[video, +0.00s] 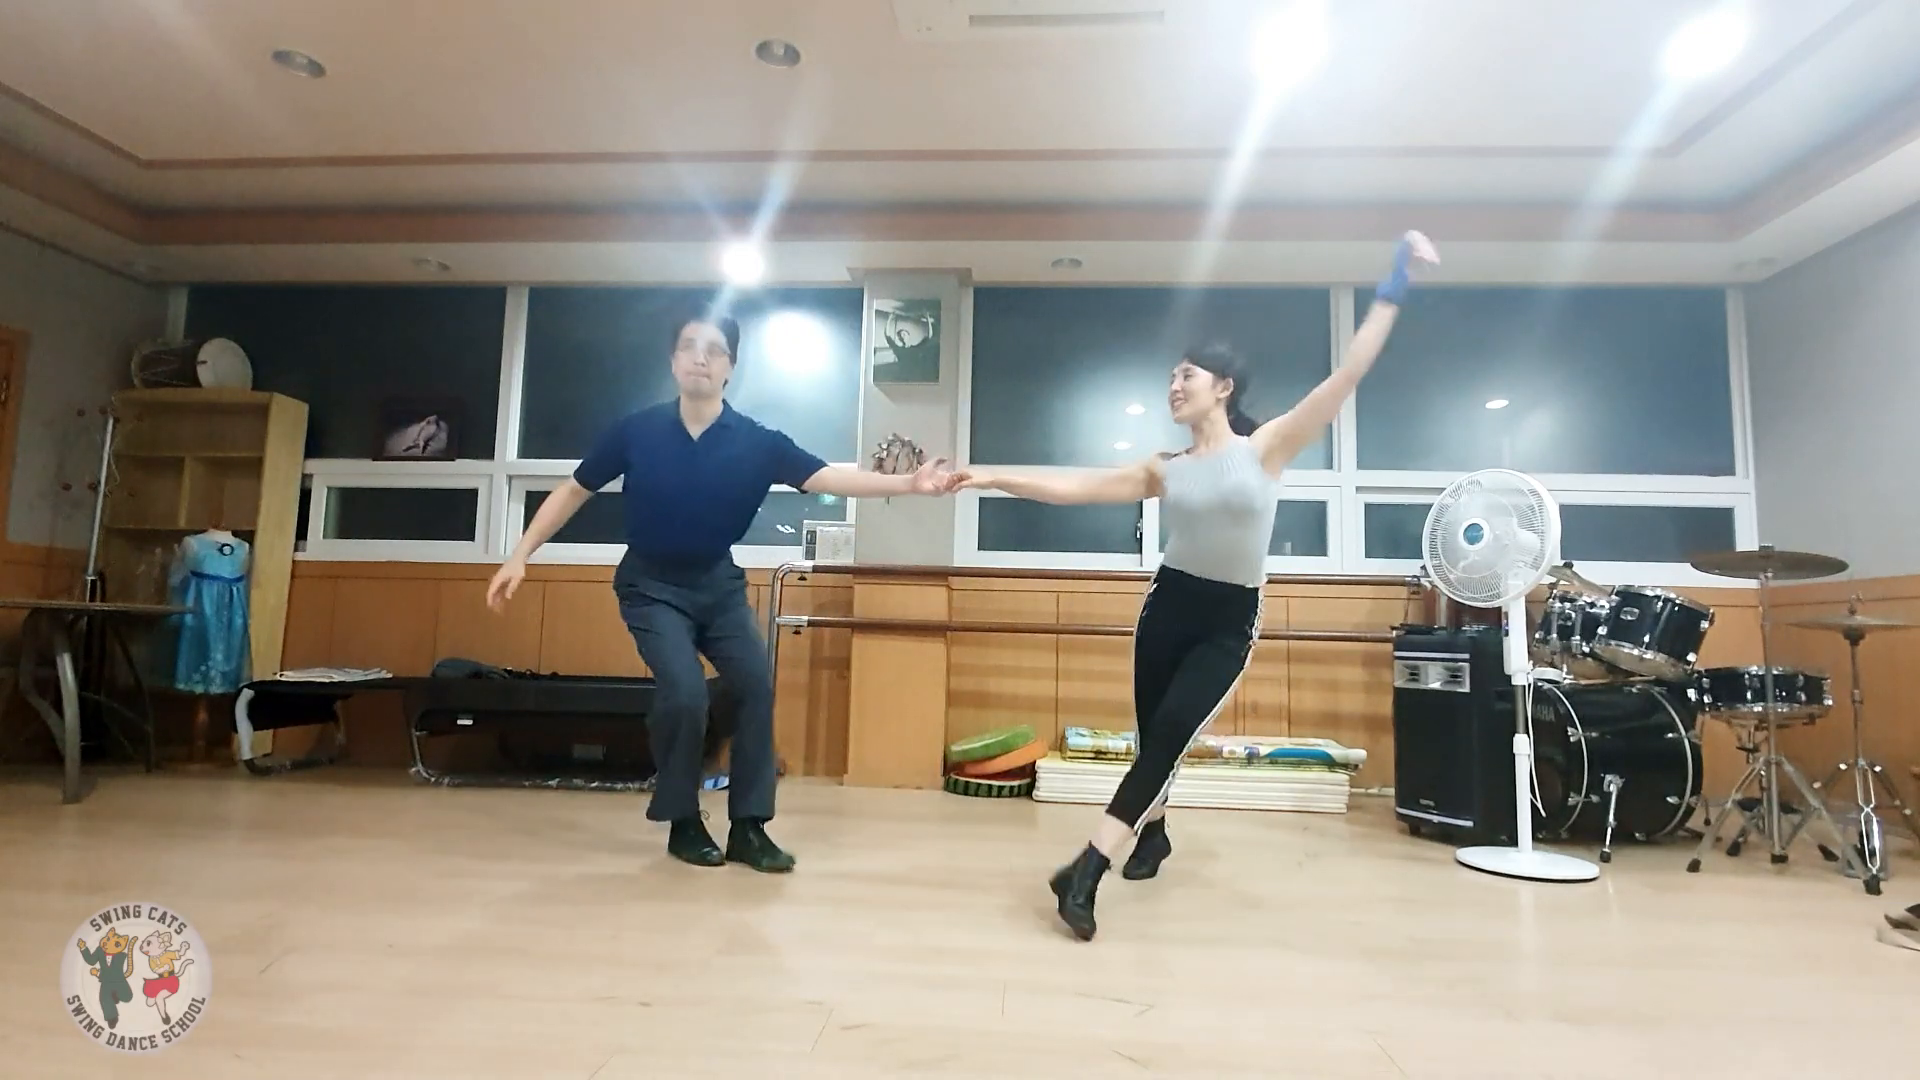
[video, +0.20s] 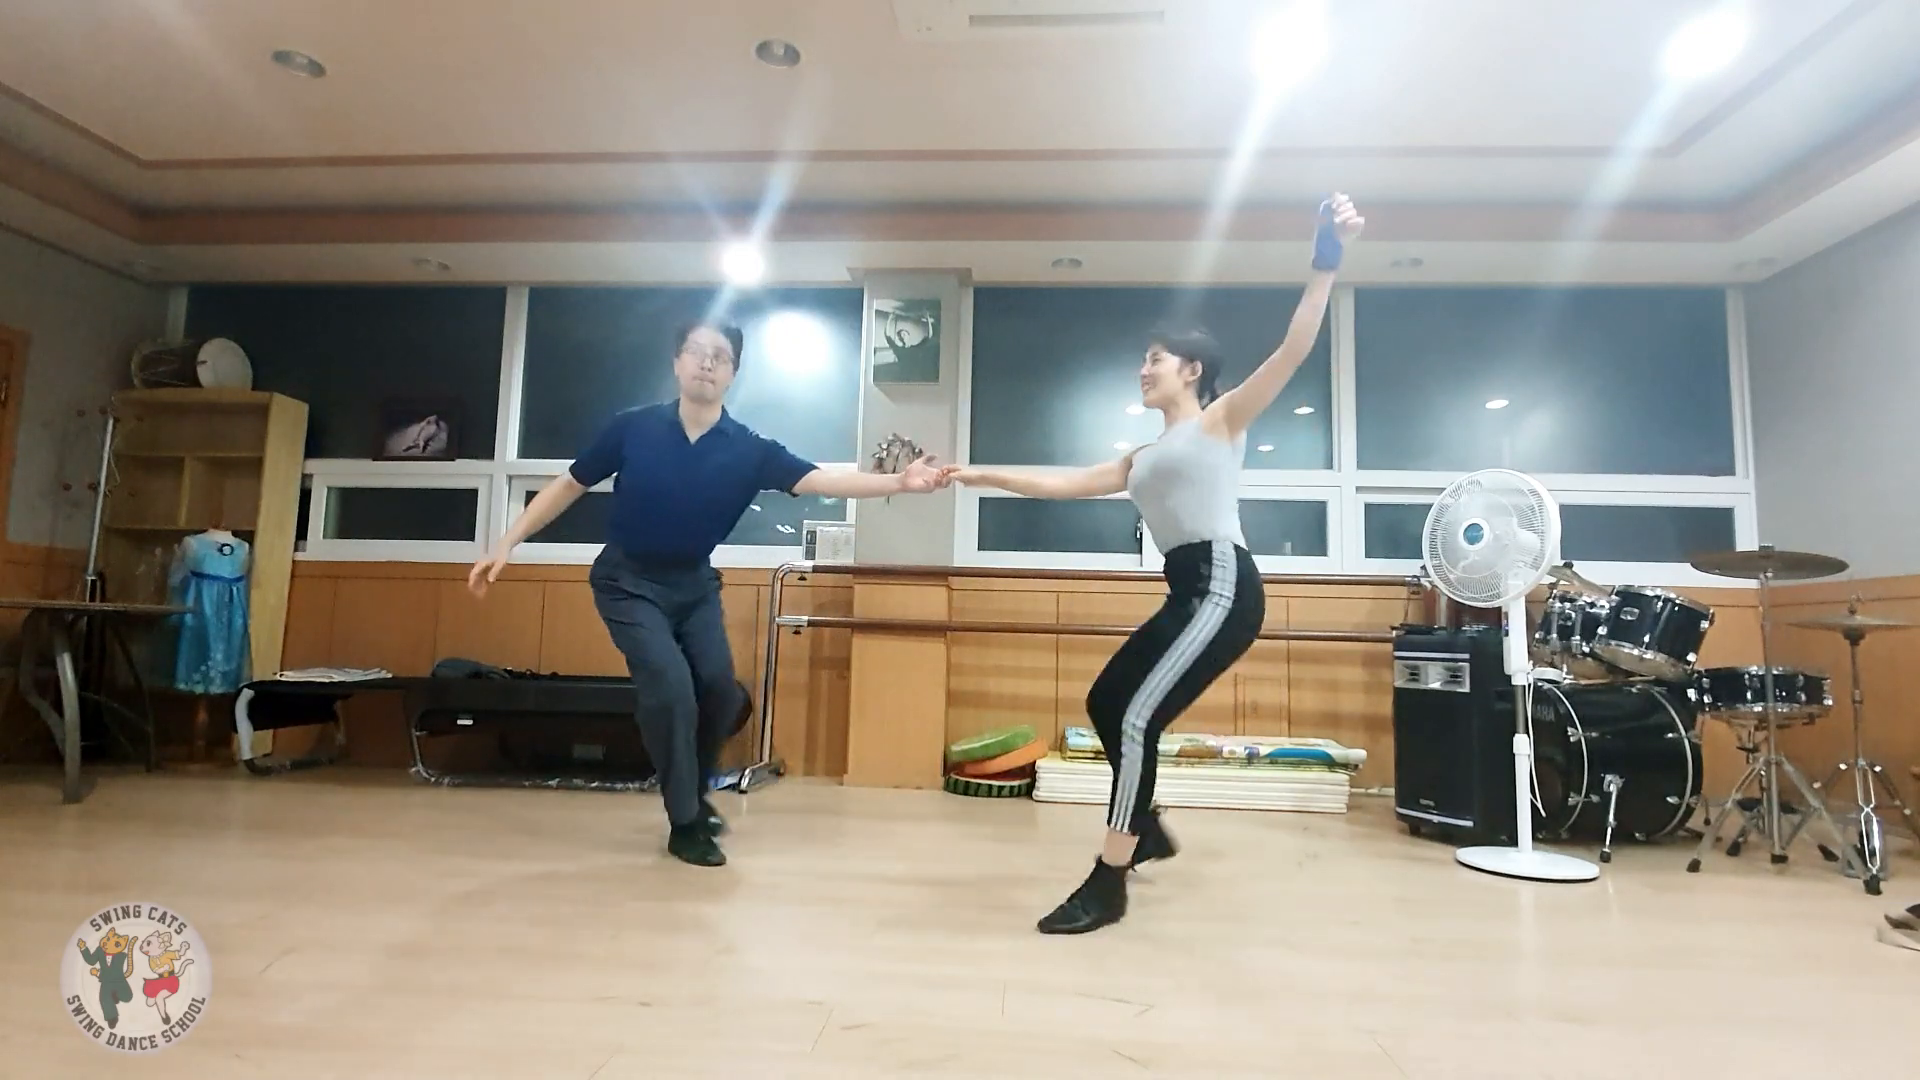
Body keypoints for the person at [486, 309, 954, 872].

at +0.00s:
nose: (699, 361)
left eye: (714, 351)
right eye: (689, 347)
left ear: (731, 367)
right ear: (672, 359)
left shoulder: (757, 442)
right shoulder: (637, 433)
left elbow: (829, 476)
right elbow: (574, 490)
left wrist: (909, 482)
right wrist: (519, 556)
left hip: (720, 587)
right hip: (651, 586)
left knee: (755, 679)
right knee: (685, 689)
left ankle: (749, 828)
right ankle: (684, 824)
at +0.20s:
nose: (706, 364)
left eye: (719, 358)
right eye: (696, 353)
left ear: (732, 375)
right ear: (675, 364)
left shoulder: (749, 448)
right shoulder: (633, 429)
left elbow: (820, 478)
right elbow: (568, 484)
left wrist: (900, 482)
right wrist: (507, 543)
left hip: (693, 586)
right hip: (629, 582)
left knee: (721, 690)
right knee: (671, 686)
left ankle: (690, 793)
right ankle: (686, 825)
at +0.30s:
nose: (706, 368)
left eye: (718, 361)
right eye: (696, 356)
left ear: (732, 379)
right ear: (674, 367)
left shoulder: (746, 454)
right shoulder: (630, 431)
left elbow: (817, 483)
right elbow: (565, 486)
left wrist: (897, 488)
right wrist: (503, 541)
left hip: (686, 589)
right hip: (622, 582)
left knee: (702, 706)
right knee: (667, 687)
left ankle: (643, 776)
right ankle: (687, 824)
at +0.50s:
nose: (701, 372)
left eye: (714, 366)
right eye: (692, 362)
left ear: (728, 385)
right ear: (671, 374)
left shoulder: (741, 461)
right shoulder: (627, 434)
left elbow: (812, 490)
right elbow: (559, 487)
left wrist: (892, 495)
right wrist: (492, 541)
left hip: (671, 595)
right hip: (611, 583)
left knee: (651, 722)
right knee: (657, 691)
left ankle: (557, 758)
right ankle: (685, 823)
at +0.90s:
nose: (694, 374)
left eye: (707, 368)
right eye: (686, 363)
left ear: (719, 385)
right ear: (667, 372)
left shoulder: (725, 450)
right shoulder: (620, 430)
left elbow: (760, 498)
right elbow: (546, 482)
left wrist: (816, 495)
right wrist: (480, 529)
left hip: (657, 583)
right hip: (605, 573)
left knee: (591, 690)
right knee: (660, 676)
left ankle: (512, 787)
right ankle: (639, 809)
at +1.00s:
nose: (710, 365)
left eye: (722, 359)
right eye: (702, 353)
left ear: (735, 375)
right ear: (680, 361)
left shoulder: (741, 444)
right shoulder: (636, 429)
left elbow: (751, 511)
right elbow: (568, 483)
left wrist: (790, 506)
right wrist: (504, 533)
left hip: (676, 582)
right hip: (626, 574)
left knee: (607, 689)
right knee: (664, 685)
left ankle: (522, 774)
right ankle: (635, 812)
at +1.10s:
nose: (731, 347)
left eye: (743, 341)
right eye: (723, 336)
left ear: (755, 357)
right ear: (700, 345)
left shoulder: (760, 429)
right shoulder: (659, 413)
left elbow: (765, 502)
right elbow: (602, 474)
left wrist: (788, 504)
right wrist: (555, 528)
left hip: (698, 568)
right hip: (646, 562)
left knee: (680, 689)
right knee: (660, 685)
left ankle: (582, 765)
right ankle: (634, 810)